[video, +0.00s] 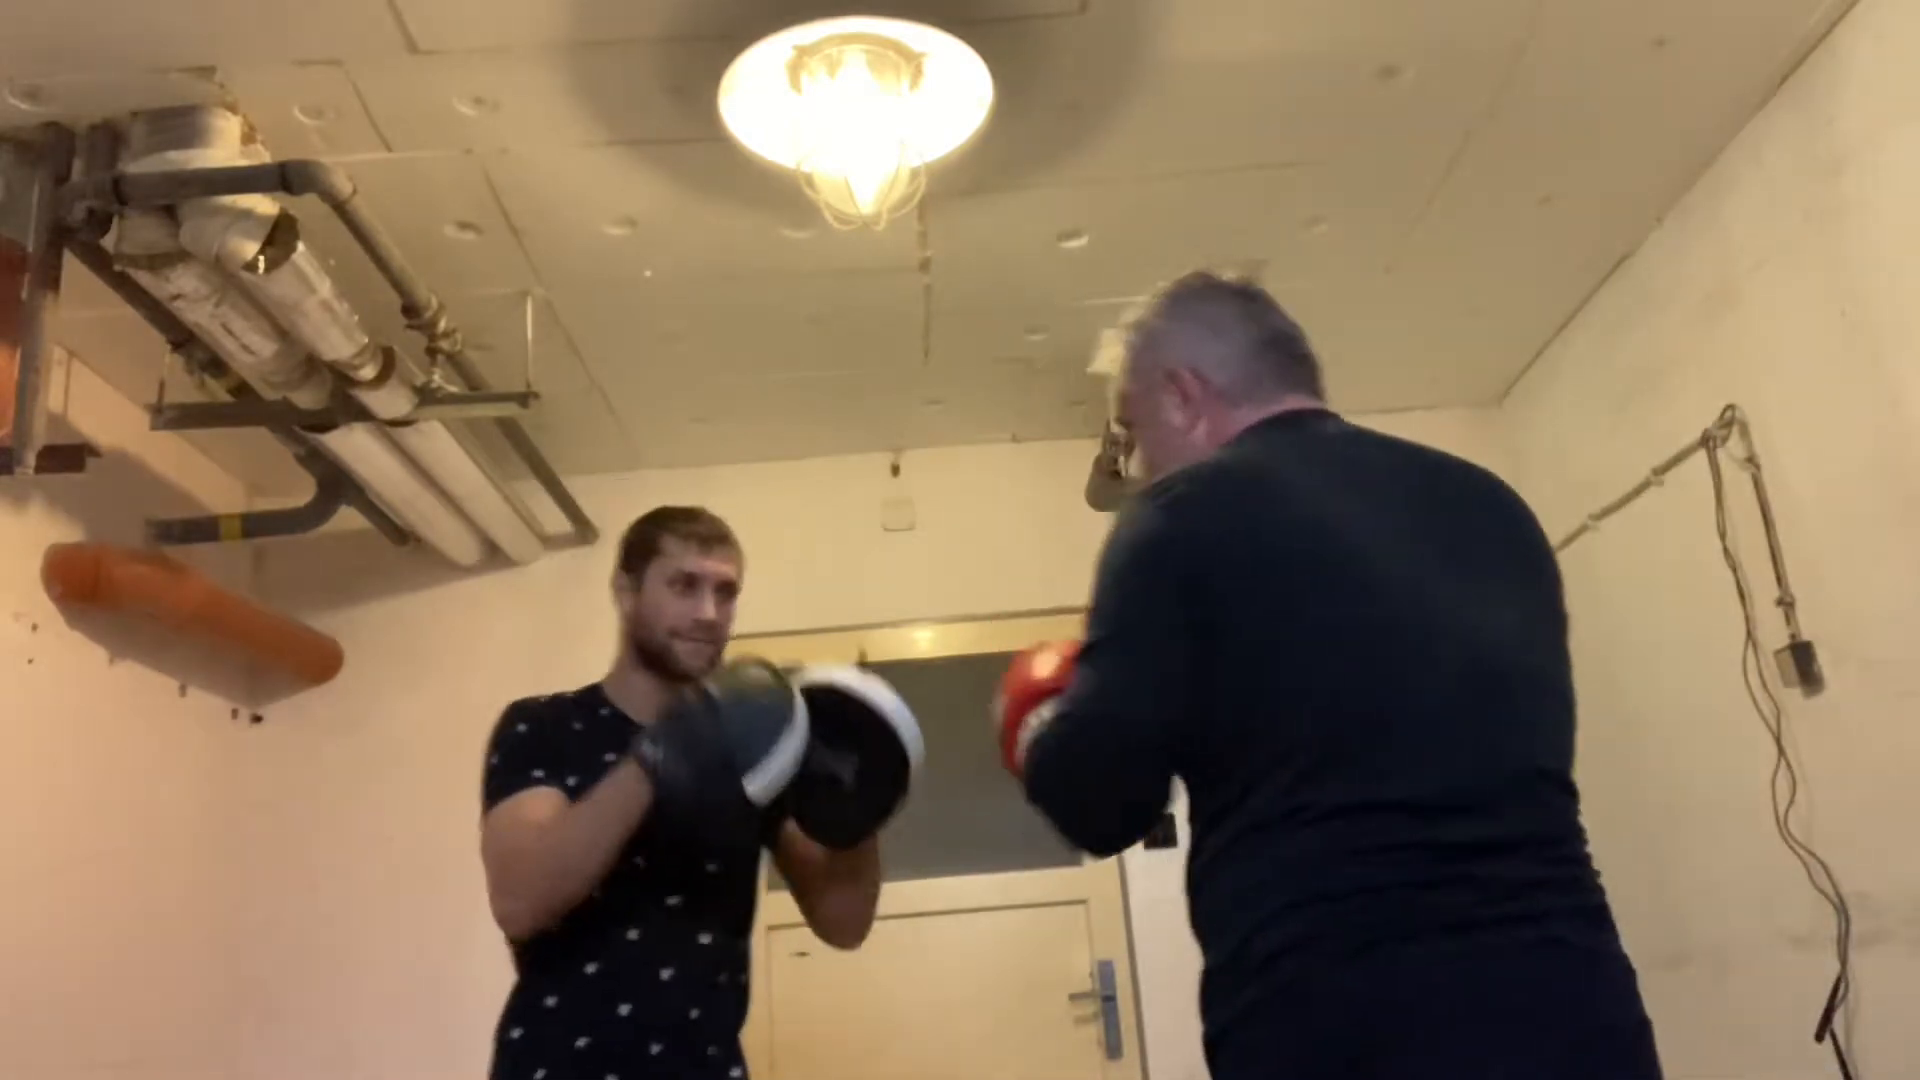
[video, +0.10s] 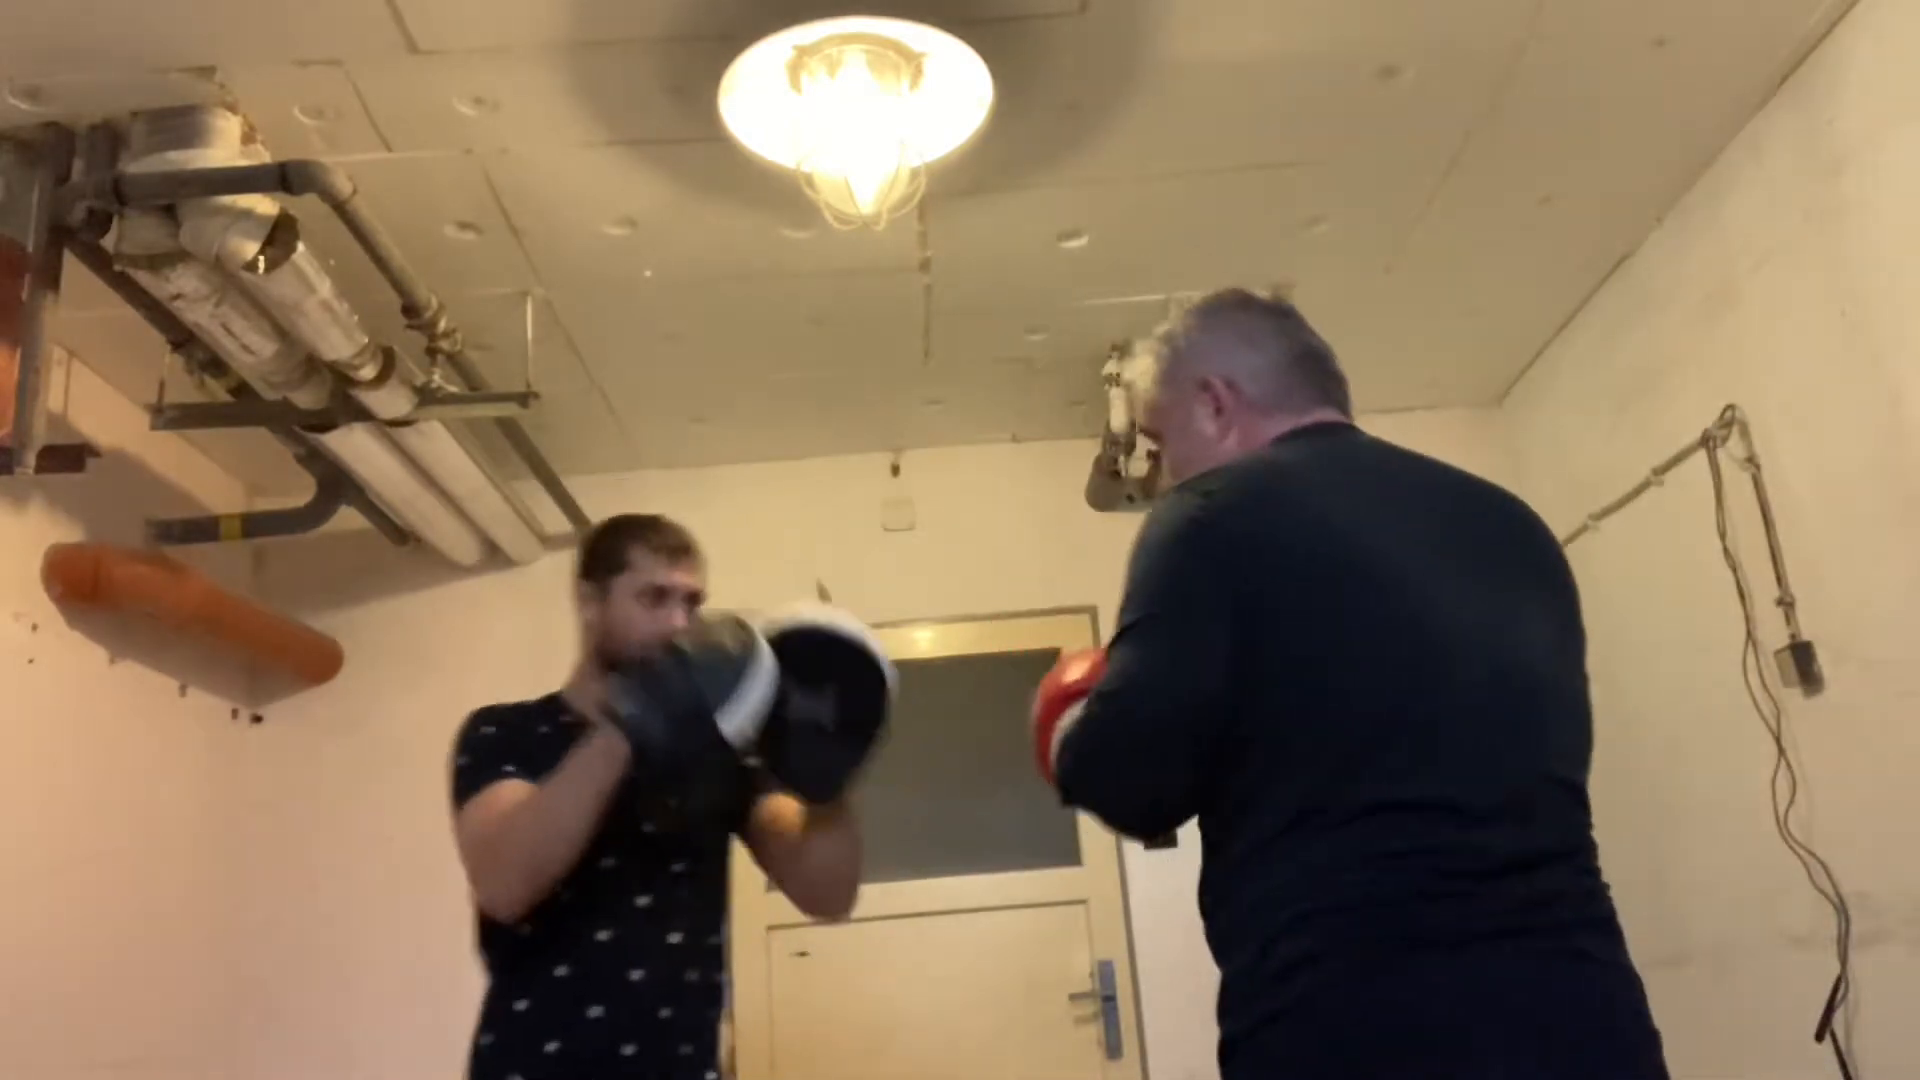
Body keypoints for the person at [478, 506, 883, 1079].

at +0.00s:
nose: (709, 613)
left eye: (724, 594)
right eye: (684, 587)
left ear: (737, 607)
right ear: (626, 592)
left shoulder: (740, 742)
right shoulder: (540, 730)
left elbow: (843, 924)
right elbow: (520, 902)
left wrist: (849, 793)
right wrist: (659, 758)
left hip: (704, 1059)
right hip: (563, 1059)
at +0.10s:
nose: (678, 624)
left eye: (691, 604)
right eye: (654, 599)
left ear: (704, 611)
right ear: (590, 602)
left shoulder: (704, 744)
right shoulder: (506, 735)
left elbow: (826, 895)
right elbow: (502, 885)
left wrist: (822, 760)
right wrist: (619, 733)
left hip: (679, 1060)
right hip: (539, 1060)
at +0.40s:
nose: (508, 635)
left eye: (521, 617)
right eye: (489, 616)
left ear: (541, 626)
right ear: (431, 631)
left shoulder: (559, 758)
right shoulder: (343, 755)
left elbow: (705, 815)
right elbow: (382, 831)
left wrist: (693, 672)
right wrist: (490, 656)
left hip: (537, 1065)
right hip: (395, 1067)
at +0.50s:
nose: (473, 630)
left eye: (485, 612)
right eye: (455, 608)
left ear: (505, 623)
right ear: (395, 622)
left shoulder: (529, 755)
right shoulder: (308, 755)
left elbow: (675, 819)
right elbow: (342, 835)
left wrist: (659, 682)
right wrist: (444, 657)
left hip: (511, 1062)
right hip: (365, 1064)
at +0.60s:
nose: (446, 631)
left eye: (457, 611)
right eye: (428, 612)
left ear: (482, 622)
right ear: (371, 625)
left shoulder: (514, 753)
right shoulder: (287, 763)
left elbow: (654, 832)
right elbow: (320, 844)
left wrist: (655, 693)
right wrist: (413, 661)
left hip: (500, 1064)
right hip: (351, 1065)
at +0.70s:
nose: (428, 646)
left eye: (444, 621)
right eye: (408, 622)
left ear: (470, 634)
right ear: (354, 634)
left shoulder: (504, 755)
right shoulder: (277, 771)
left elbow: (643, 837)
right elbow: (304, 857)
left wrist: (653, 696)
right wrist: (386, 665)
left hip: (495, 1064)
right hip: (346, 1066)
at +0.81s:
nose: (400, 648)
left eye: (422, 625)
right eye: (379, 626)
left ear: (456, 637)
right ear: (345, 636)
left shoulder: (504, 757)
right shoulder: (277, 777)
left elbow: (637, 862)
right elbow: (291, 873)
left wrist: (650, 720)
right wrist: (367, 677)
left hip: (497, 1063)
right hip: (350, 1065)